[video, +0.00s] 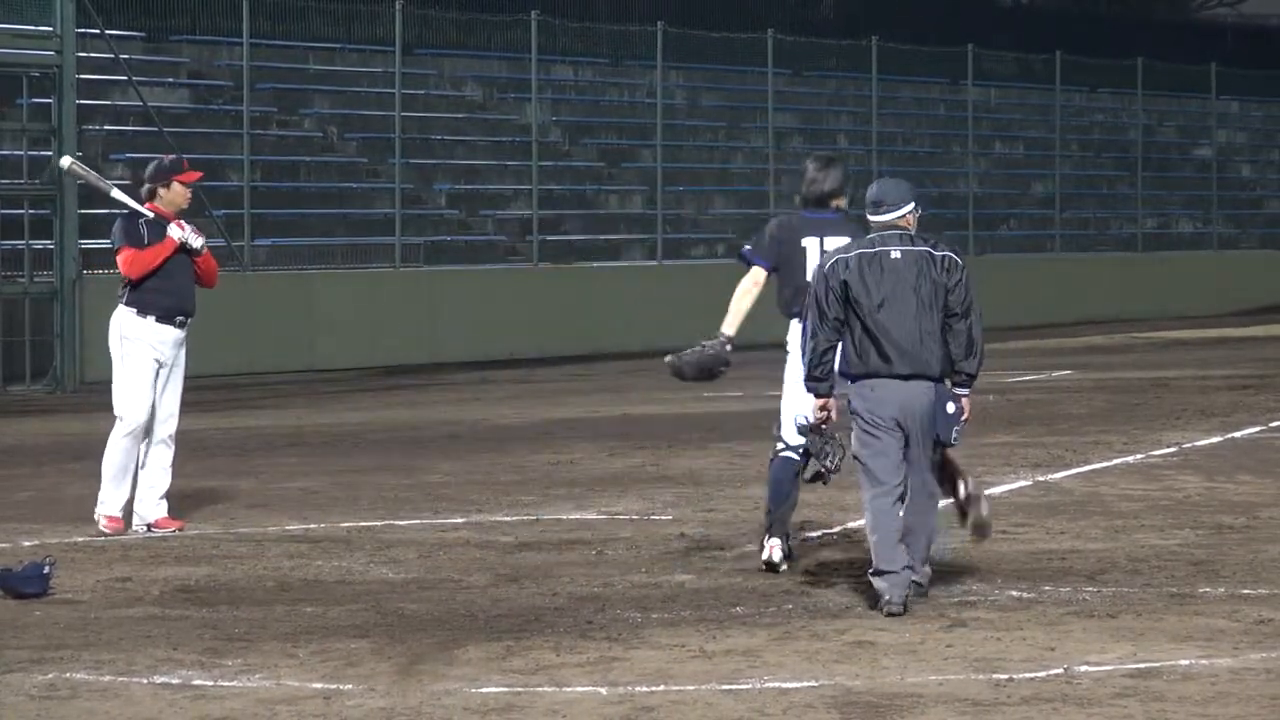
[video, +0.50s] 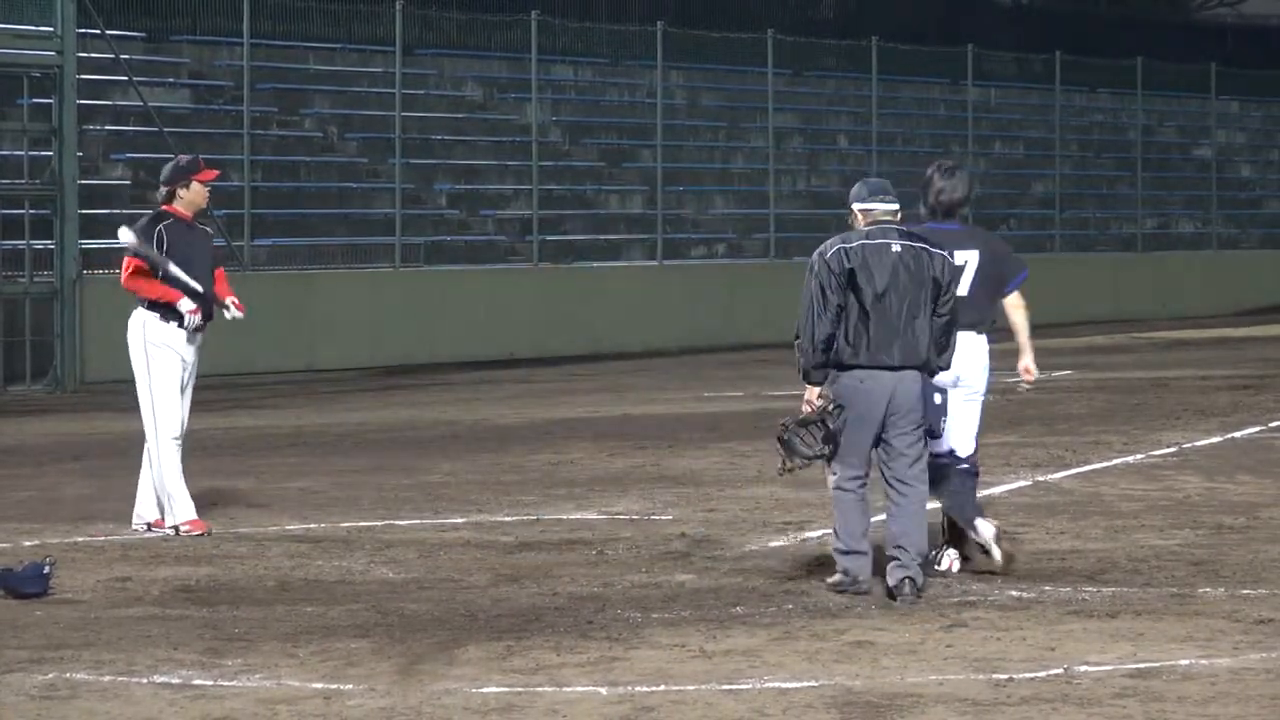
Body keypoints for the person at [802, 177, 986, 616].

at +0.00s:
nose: (917, 218)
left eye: (912, 213)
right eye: (915, 214)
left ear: (870, 217)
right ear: (910, 217)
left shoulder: (840, 265)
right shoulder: (944, 261)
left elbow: (822, 332)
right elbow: (962, 326)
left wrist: (820, 389)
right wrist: (963, 384)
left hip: (870, 392)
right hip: (926, 391)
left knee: (882, 489)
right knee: (922, 484)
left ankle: (892, 589)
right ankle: (915, 571)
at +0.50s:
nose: (853, 219)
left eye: (853, 214)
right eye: (857, 213)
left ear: (858, 215)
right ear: (897, 213)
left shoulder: (834, 254)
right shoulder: (930, 255)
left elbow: (818, 325)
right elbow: (944, 319)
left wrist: (814, 380)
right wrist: (928, 367)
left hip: (855, 382)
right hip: (910, 382)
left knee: (849, 477)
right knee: (907, 477)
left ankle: (853, 571)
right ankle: (907, 571)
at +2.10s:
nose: (701, 287)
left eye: (697, 279)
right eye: (696, 281)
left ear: (709, 264)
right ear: (716, 257)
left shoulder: (744, 281)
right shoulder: (750, 263)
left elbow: (774, 341)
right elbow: (763, 338)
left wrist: (771, 399)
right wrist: (756, 384)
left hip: (809, 372)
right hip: (816, 366)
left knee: (782, 456)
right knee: (788, 453)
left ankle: (781, 549)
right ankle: (799, 534)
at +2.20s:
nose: (693, 289)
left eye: (689, 281)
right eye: (688, 283)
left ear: (701, 267)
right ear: (707, 261)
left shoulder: (743, 281)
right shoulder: (731, 283)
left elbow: (771, 341)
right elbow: (748, 343)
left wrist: (766, 400)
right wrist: (745, 387)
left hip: (805, 369)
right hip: (785, 369)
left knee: (781, 456)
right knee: (765, 453)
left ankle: (783, 549)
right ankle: (772, 538)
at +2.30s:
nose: (685, 294)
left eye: (682, 286)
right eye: (681, 289)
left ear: (694, 272)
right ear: (699, 267)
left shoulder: (743, 282)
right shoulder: (720, 292)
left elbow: (769, 343)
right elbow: (736, 347)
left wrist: (763, 403)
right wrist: (734, 390)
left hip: (802, 369)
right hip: (776, 369)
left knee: (779, 456)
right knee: (758, 451)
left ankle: (782, 550)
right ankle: (752, 536)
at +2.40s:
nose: (675, 304)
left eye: (673, 296)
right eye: (672, 299)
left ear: (687, 282)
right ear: (688, 281)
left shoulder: (736, 290)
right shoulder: (710, 304)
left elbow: (768, 349)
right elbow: (716, 355)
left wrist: (762, 407)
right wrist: (719, 400)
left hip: (799, 370)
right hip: (771, 373)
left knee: (777, 456)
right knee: (753, 454)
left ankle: (782, 551)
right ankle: (739, 539)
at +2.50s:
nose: (667, 322)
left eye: (664, 315)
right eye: (662, 318)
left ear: (676, 299)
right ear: (676, 298)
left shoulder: (727, 299)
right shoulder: (694, 320)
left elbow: (768, 354)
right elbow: (703, 368)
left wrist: (763, 409)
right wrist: (704, 417)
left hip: (797, 372)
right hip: (766, 376)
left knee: (777, 455)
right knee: (751, 455)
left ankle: (782, 549)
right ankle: (732, 541)